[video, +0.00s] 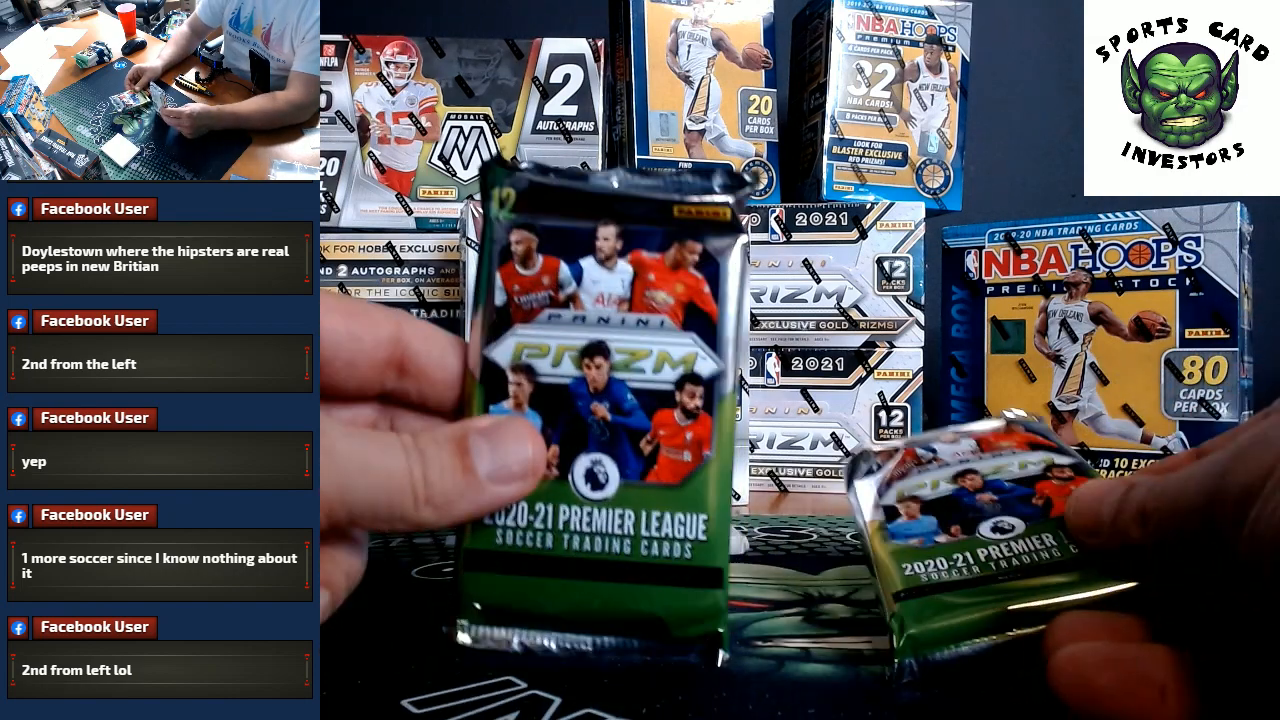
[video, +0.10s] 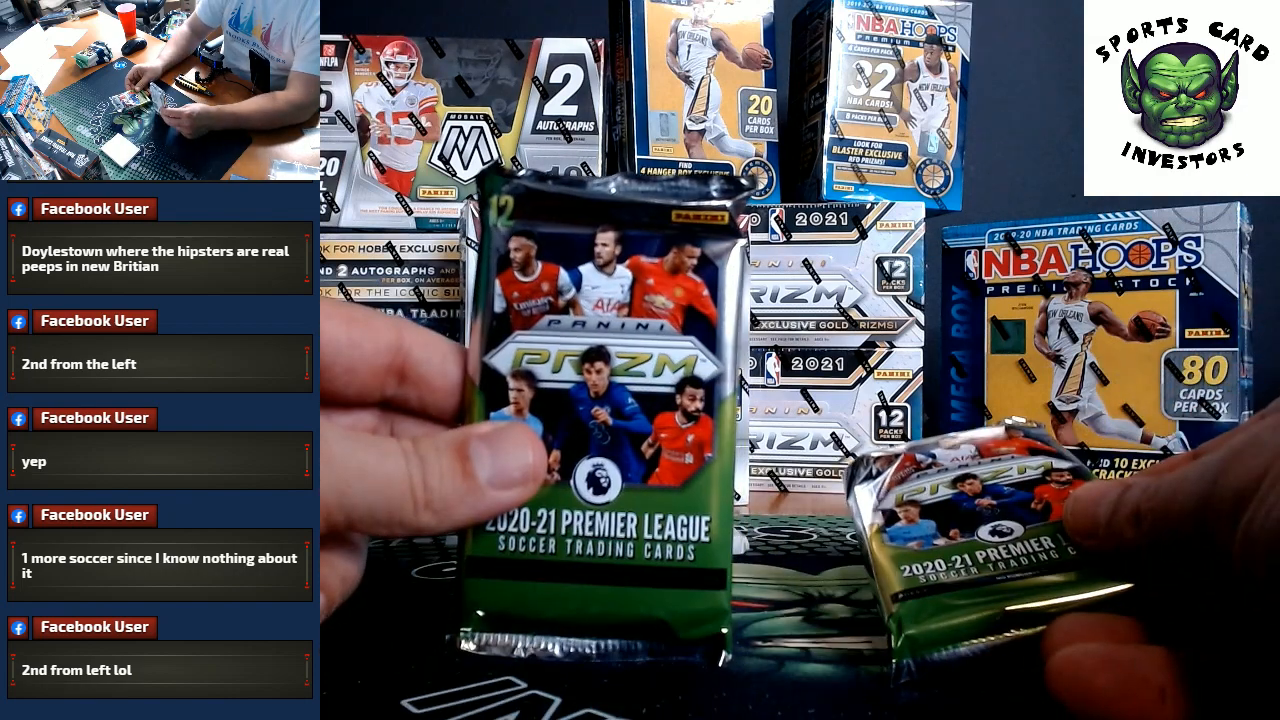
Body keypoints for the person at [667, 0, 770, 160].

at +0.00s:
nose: (697, 9)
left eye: (702, 6)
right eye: (695, 6)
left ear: (711, 11)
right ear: (692, 8)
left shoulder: (715, 34)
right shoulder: (678, 25)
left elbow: (739, 59)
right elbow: (670, 54)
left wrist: (764, 63)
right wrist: (678, 72)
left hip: (705, 87)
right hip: (692, 88)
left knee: (692, 141)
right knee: (725, 145)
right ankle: (762, 156)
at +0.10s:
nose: (697, 9)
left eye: (703, 6)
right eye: (695, 6)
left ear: (711, 11)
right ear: (692, 8)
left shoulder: (715, 34)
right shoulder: (678, 25)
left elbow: (739, 59)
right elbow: (670, 54)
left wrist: (764, 63)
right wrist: (678, 72)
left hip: (705, 87)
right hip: (692, 88)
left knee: (692, 141)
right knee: (725, 145)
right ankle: (764, 157)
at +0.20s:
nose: (697, 9)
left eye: (702, 6)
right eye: (695, 5)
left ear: (711, 11)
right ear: (691, 7)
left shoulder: (715, 34)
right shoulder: (678, 24)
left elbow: (739, 59)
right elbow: (670, 54)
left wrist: (764, 63)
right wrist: (678, 72)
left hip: (705, 87)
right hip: (692, 88)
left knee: (692, 141)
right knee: (725, 145)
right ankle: (764, 157)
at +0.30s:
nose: (697, 9)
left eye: (702, 6)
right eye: (695, 5)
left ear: (711, 11)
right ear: (691, 7)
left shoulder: (715, 34)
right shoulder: (678, 24)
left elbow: (739, 59)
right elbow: (670, 54)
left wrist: (764, 63)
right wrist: (678, 72)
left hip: (705, 87)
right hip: (692, 88)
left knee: (692, 141)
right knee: (725, 145)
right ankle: (763, 156)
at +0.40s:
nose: (697, 9)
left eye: (702, 6)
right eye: (695, 5)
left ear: (711, 11)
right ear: (691, 8)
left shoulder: (715, 34)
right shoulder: (678, 24)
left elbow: (739, 59)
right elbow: (670, 54)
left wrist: (764, 62)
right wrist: (678, 72)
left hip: (705, 87)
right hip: (692, 88)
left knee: (692, 141)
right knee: (725, 145)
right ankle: (764, 157)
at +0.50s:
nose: (697, 9)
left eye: (702, 6)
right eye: (695, 6)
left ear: (711, 11)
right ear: (691, 8)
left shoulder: (715, 34)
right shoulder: (678, 24)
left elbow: (739, 59)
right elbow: (670, 54)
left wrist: (764, 62)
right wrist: (678, 72)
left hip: (705, 87)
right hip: (692, 88)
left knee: (692, 141)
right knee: (725, 145)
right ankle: (764, 157)